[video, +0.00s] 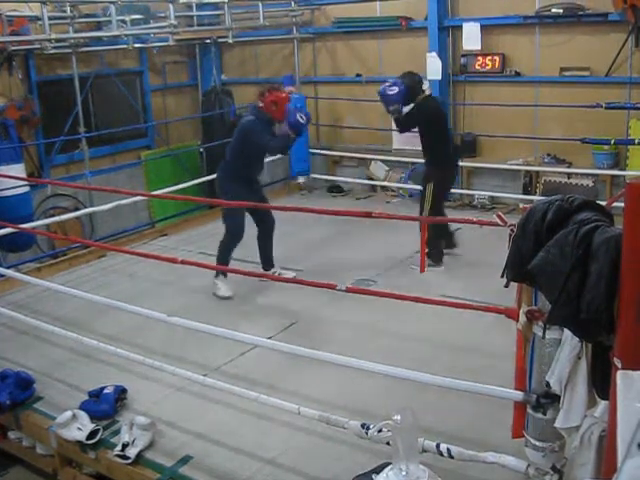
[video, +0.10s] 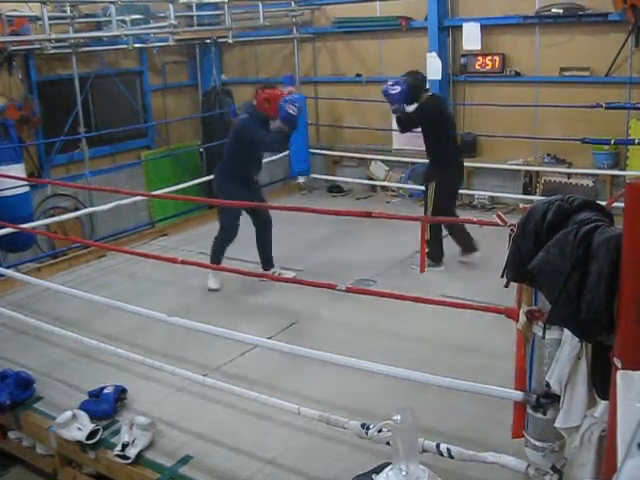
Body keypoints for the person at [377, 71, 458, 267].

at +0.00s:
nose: (402, 94)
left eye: (403, 90)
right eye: (401, 91)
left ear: (410, 90)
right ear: (419, 86)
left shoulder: (424, 106)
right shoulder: (429, 103)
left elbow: (403, 126)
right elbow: (406, 124)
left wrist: (395, 111)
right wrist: (396, 110)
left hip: (438, 166)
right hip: (444, 163)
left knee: (428, 211)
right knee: (434, 206)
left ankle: (434, 257)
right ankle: (448, 239)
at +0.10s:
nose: (405, 93)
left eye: (406, 89)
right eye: (404, 89)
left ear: (413, 89)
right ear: (423, 86)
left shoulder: (428, 106)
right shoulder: (436, 101)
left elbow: (405, 126)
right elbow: (409, 123)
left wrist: (398, 109)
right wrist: (400, 110)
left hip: (440, 167)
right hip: (451, 165)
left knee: (432, 214)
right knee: (446, 210)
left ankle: (434, 256)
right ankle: (468, 246)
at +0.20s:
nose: (409, 93)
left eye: (410, 89)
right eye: (409, 89)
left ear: (417, 90)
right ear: (428, 87)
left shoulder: (431, 108)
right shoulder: (439, 104)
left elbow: (408, 129)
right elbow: (413, 126)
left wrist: (401, 110)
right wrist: (405, 109)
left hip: (446, 169)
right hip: (460, 167)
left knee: (434, 214)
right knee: (458, 216)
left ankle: (434, 257)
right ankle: (477, 257)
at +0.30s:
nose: (414, 96)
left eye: (415, 92)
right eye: (414, 92)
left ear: (422, 94)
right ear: (433, 91)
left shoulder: (435, 113)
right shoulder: (448, 110)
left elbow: (413, 134)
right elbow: (422, 129)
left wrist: (404, 114)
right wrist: (411, 115)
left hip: (449, 176)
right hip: (465, 174)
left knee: (431, 215)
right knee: (464, 222)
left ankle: (434, 256)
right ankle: (479, 266)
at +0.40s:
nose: (417, 101)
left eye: (418, 98)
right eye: (417, 98)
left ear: (424, 99)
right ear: (436, 95)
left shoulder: (436, 117)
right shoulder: (452, 111)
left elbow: (412, 137)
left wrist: (404, 117)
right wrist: (417, 115)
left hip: (451, 180)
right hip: (468, 177)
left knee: (425, 216)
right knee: (463, 226)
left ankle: (430, 261)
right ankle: (479, 268)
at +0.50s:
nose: (415, 101)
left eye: (416, 97)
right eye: (415, 97)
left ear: (421, 99)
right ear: (435, 95)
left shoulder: (431, 117)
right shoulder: (452, 111)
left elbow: (407, 137)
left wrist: (401, 115)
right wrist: (413, 111)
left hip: (448, 181)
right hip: (466, 178)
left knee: (422, 219)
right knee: (462, 227)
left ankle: (421, 265)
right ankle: (479, 269)